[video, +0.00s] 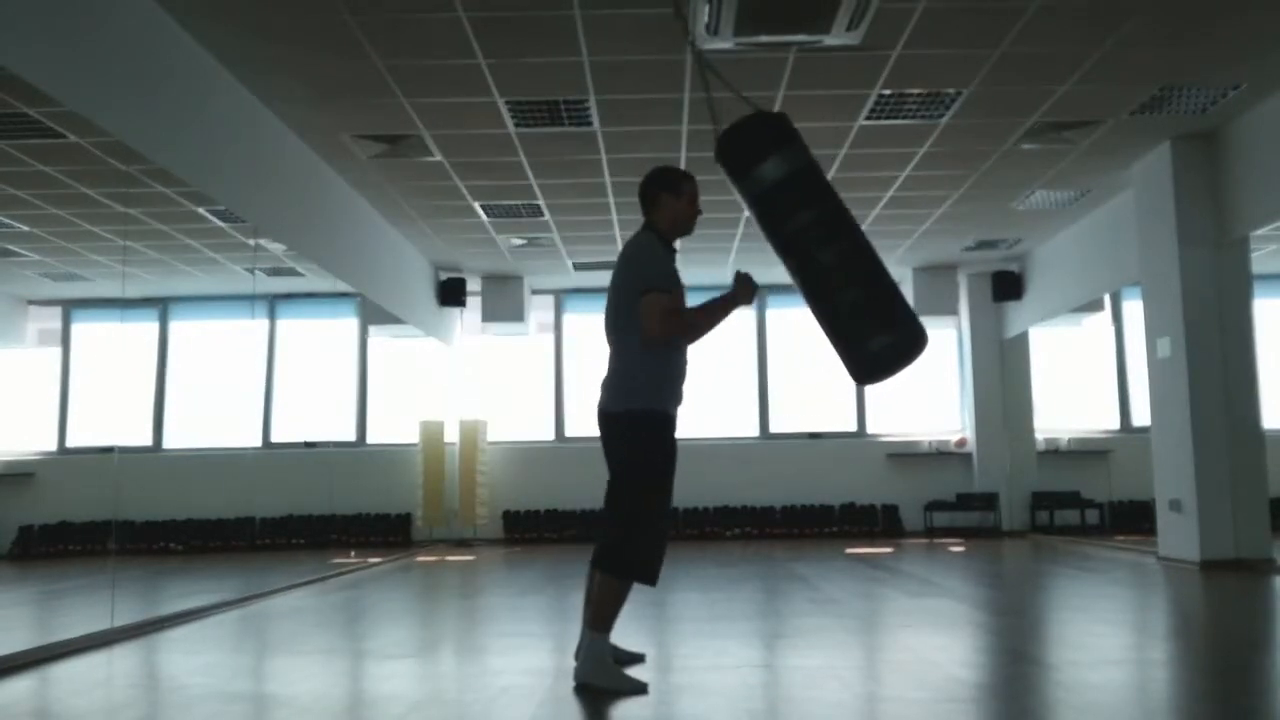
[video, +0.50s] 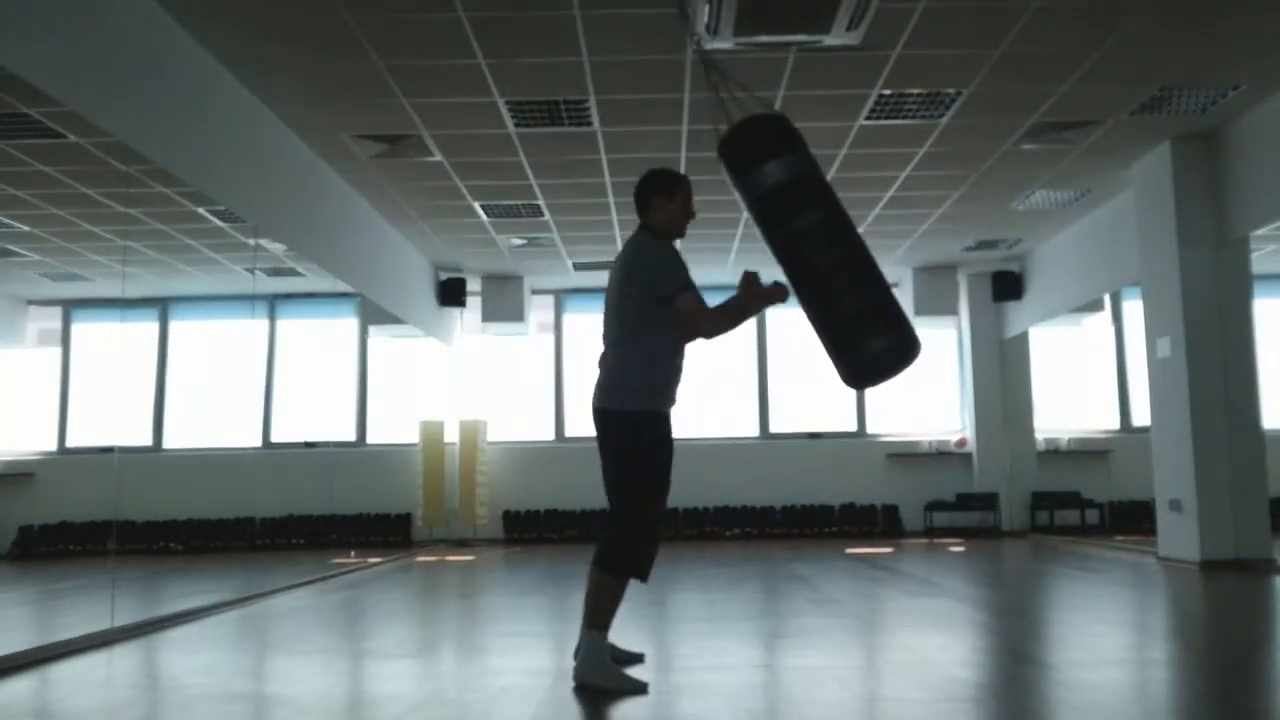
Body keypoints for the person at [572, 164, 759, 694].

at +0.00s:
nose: (697, 211)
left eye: (696, 201)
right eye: (691, 201)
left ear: (660, 204)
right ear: (664, 203)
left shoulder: (646, 254)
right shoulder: (648, 255)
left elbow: (650, 330)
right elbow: (663, 329)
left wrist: (718, 305)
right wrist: (731, 301)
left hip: (637, 413)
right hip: (640, 416)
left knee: (626, 529)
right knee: (629, 532)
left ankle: (597, 640)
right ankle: (592, 655)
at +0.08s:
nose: (698, 208)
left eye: (697, 200)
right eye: (690, 199)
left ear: (669, 203)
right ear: (661, 201)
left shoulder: (668, 261)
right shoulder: (639, 254)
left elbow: (716, 312)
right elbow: (619, 325)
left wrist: (774, 291)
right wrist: (683, 317)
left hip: (653, 414)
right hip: (634, 413)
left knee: (635, 525)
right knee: (629, 525)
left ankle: (597, 639)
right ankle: (591, 654)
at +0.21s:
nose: (695, 208)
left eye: (693, 199)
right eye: (687, 199)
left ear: (658, 203)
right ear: (660, 202)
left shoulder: (647, 250)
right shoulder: (657, 251)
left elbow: (692, 318)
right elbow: (693, 320)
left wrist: (744, 293)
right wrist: (752, 293)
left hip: (630, 407)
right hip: (638, 410)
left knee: (628, 525)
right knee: (628, 526)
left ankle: (594, 640)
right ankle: (590, 655)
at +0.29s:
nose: (695, 210)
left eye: (694, 201)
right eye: (688, 201)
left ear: (658, 203)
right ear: (663, 203)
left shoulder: (646, 255)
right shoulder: (647, 256)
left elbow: (662, 329)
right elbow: (663, 329)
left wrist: (726, 306)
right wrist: (730, 308)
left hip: (638, 412)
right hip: (640, 414)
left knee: (627, 527)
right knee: (627, 530)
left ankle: (597, 639)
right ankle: (591, 656)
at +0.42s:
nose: (695, 209)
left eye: (694, 200)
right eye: (688, 200)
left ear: (665, 204)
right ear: (661, 203)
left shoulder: (663, 260)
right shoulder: (639, 257)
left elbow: (704, 323)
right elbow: (620, 331)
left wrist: (765, 291)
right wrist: (682, 329)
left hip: (651, 416)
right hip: (634, 417)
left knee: (631, 529)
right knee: (627, 530)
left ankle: (595, 639)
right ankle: (590, 655)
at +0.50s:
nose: (693, 211)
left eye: (691, 202)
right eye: (686, 202)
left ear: (657, 206)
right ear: (658, 205)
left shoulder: (645, 255)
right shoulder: (655, 256)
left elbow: (694, 325)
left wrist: (744, 301)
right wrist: (753, 301)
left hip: (627, 409)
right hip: (635, 412)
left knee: (629, 525)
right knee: (631, 526)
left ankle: (594, 640)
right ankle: (591, 655)